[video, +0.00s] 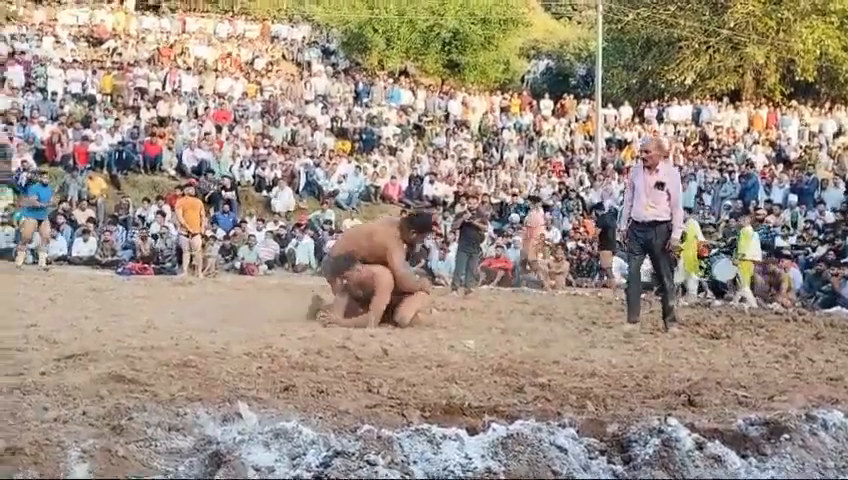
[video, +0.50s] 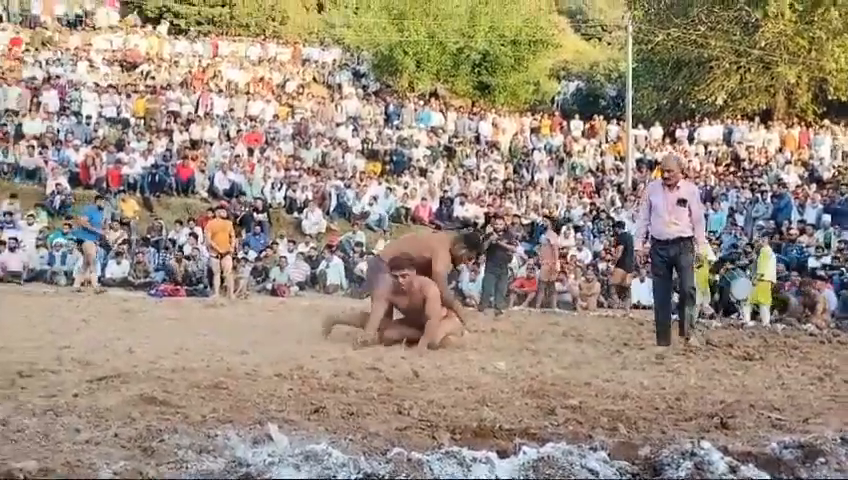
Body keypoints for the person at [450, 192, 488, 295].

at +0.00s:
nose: (472, 205)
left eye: (474, 203)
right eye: (470, 203)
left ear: (477, 204)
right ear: (466, 203)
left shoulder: (481, 216)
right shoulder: (461, 215)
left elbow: (485, 228)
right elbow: (454, 227)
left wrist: (474, 222)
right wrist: (463, 218)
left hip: (475, 246)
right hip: (463, 245)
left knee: (472, 269)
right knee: (459, 268)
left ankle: (469, 288)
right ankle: (455, 287)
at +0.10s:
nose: (484, 209)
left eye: (486, 207)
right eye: (482, 206)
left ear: (490, 207)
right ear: (478, 207)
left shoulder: (493, 220)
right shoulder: (473, 219)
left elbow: (498, 231)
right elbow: (466, 231)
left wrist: (485, 226)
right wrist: (475, 223)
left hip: (488, 250)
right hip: (475, 249)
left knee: (484, 274)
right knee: (472, 272)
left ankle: (481, 292)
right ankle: (467, 290)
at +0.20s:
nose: (496, 214)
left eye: (498, 212)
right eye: (494, 212)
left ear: (502, 213)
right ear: (492, 212)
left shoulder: (507, 225)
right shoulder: (487, 224)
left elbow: (511, 237)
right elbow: (479, 236)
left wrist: (500, 232)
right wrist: (488, 228)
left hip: (501, 256)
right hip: (489, 255)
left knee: (497, 279)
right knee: (485, 278)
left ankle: (494, 297)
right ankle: (480, 295)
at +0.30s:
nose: (508, 220)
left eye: (510, 218)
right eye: (506, 218)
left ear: (514, 219)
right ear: (503, 219)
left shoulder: (517, 230)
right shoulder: (498, 230)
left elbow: (524, 242)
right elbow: (490, 242)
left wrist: (512, 238)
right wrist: (499, 234)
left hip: (513, 259)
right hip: (500, 258)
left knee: (510, 283)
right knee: (496, 281)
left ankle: (507, 302)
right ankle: (493, 300)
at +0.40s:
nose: (507, 224)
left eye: (510, 222)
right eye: (505, 222)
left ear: (513, 223)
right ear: (502, 223)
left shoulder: (517, 234)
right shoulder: (497, 234)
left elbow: (524, 246)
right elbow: (489, 247)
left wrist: (511, 241)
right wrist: (498, 239)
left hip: (513, 263)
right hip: (500, 262)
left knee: (509, 287)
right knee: (496, 285)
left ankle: (506, 306)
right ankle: (493, 304)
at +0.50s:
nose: (498, 226)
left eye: (501, 224)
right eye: (496, 224)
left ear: (504, 225)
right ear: (493, 225)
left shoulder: (509, 235)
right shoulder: (489, 235)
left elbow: (515, 248)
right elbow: (482, 248)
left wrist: (501, 244)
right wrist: (490, 240)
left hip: (503, 265)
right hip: (491, 264)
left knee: (501, 289)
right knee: (488, 287)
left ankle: (498, 308)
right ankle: (484, 306)